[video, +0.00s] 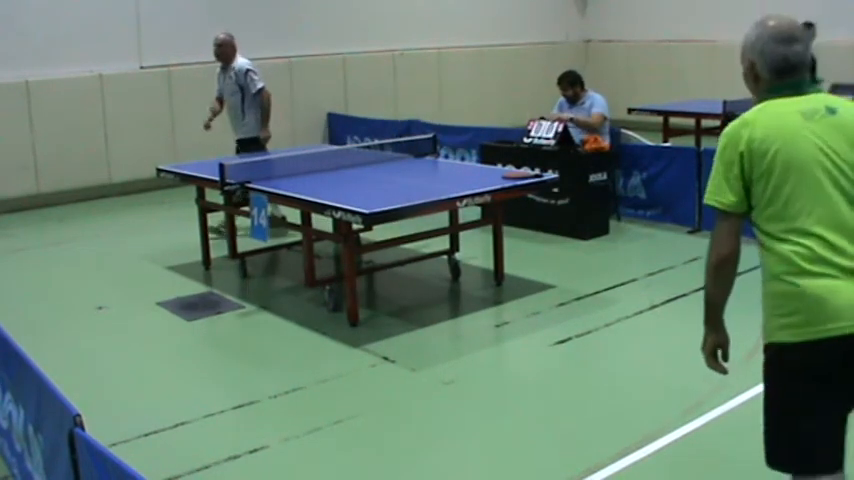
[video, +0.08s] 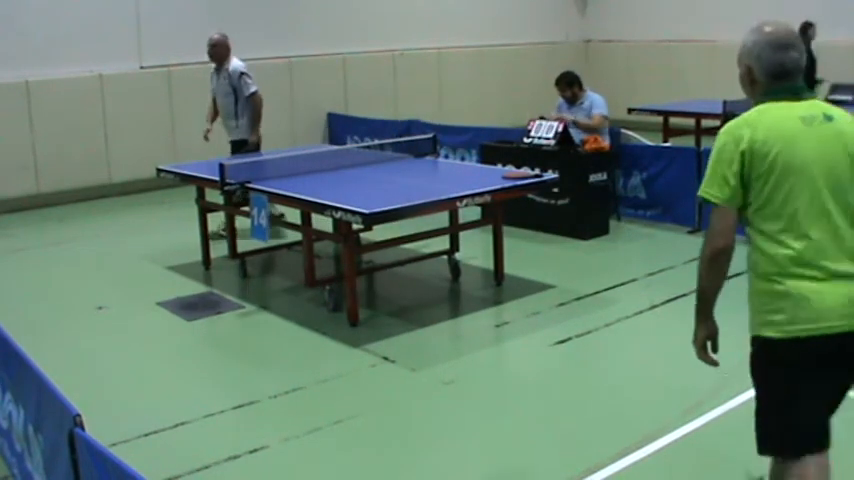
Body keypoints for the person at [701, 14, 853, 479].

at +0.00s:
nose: (743, 76)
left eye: (744, 68)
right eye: (744, 67)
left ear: (753, 72)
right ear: (810, 64)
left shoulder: (745, 132)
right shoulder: (848, 113)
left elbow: (724, 251)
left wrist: (714, 324)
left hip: (804, 323)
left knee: (816, 468)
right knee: (822, 464)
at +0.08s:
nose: (740, 77)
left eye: (740, 70)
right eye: (740, 70)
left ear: (749, 76)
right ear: (803, 69)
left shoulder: (741, 133)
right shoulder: (843, 123)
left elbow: (719, 246)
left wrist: (705, 315)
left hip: (787, 323)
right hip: (847, 316)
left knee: (797, 452)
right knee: (807, 438)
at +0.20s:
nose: (734, 69)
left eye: (735, 63)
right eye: (734, 62)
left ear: (743, 68)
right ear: (794, 66)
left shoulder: (731, 125)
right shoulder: (835, 122)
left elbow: (720, 220)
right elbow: (848, 200)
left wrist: (701, 296)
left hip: (773, 304)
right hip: (838, 298)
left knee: (751, 427)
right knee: (781, 404)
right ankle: (772, 475)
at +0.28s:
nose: (726, 58)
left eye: (727, 51)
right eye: (728, 51)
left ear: (738, 55)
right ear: (783, 53)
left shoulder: (724, 110)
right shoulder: (824, 109)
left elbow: (719, 197)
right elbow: (849, 192)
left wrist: (708, 283)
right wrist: (842, 253)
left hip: (762, 284)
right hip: (827, 280)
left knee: (727, 387)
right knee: (775, 382)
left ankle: (759, 471)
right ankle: (775, 477)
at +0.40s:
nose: (713, 42)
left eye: (714, 36)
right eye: (716, 34)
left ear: (722, 40)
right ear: (767, 38)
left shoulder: (715, 93)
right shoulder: (807, 89)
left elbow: (720, 172)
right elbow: (843, 167)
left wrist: (714, 257)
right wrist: (814, 216)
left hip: (744, 260)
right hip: (807, 259)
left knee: (708, 348)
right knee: (779, 376)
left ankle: (725, 464)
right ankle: (777, 477)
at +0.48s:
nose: (705, 44)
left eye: (705, 38)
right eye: (706, 37)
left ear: (715, 41)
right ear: (758, 40)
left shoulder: (707, 95)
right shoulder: (799, 90)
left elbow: (712, 172)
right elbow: (832, 165)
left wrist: (702, 248)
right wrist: (791, 186)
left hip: (730, 255)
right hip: (794, 254)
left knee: (704, 348)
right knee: (780, 375)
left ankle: (692, 436)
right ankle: (777, 477)